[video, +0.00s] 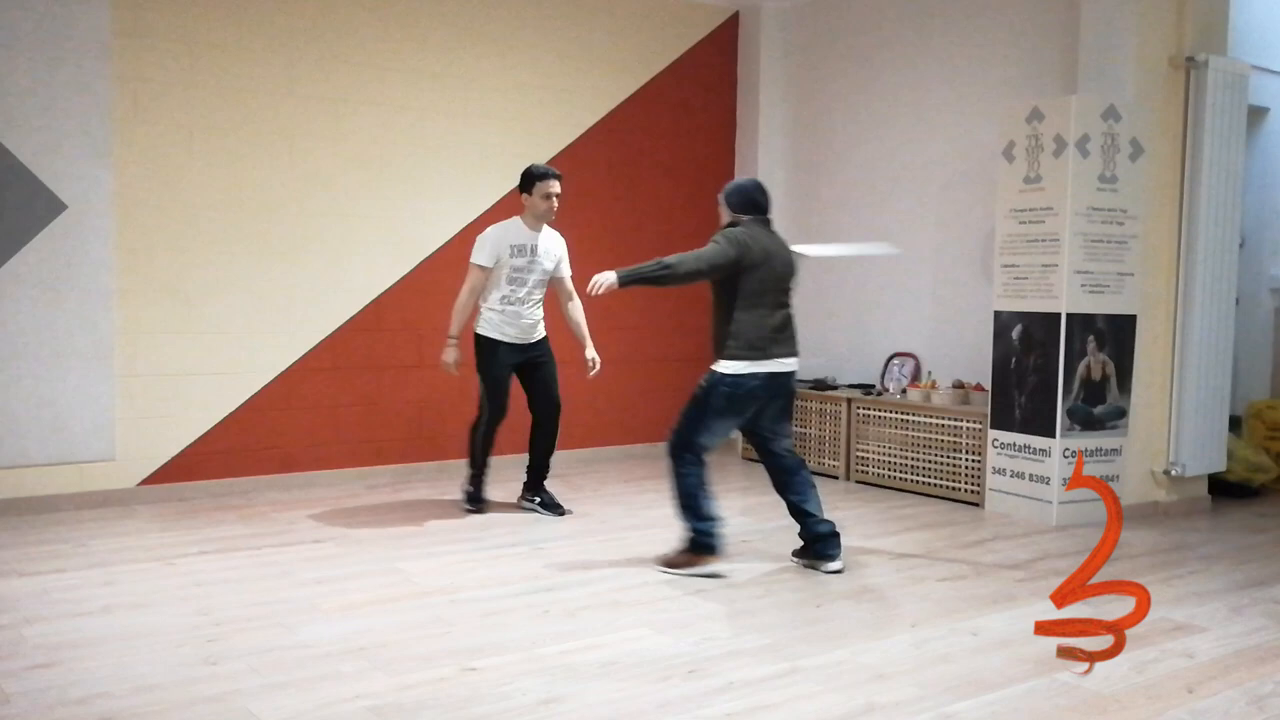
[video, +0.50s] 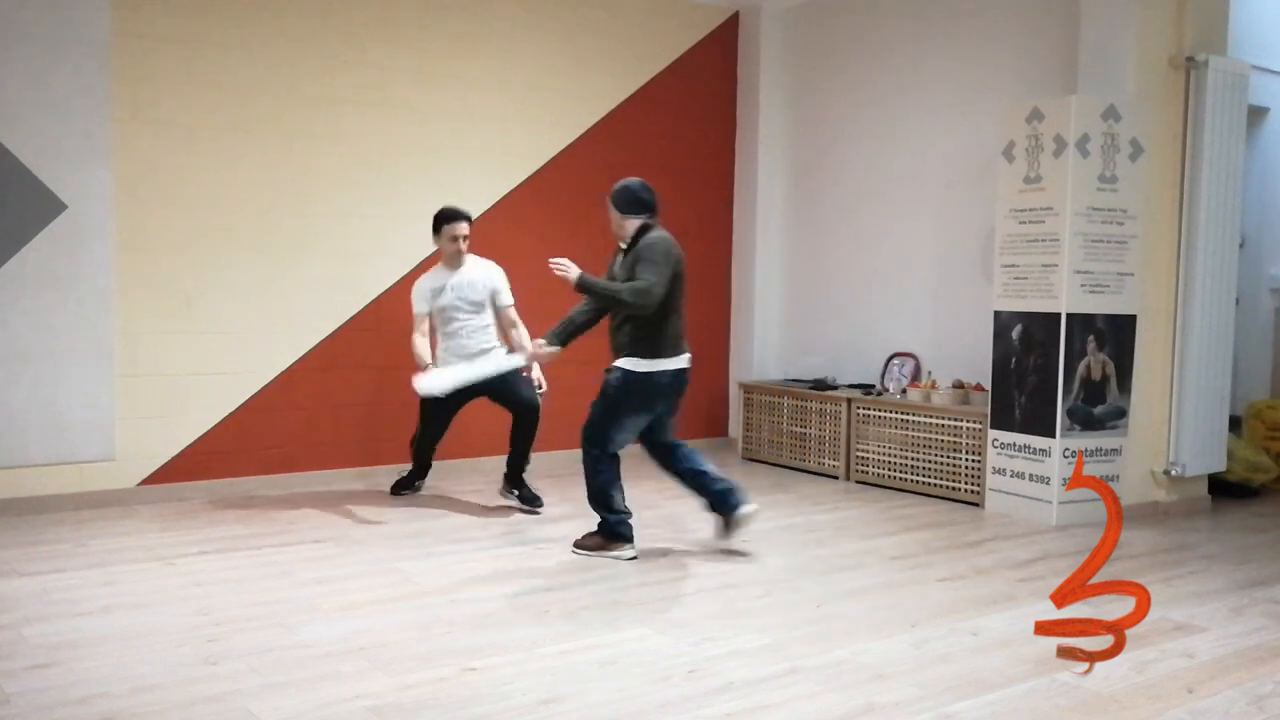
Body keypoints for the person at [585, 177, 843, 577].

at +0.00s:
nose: (719, 213)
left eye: (721, 207)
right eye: (720, 206)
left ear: (732, 209)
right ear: (761, 209)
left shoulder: (735, 241)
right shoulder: (780, 246)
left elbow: (688, 264)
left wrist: (621, 276)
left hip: (738, 372)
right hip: (781, 372)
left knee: (685, 446)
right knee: (779, 453)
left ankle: (702, 543)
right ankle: (823, 545)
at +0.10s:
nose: (719, 213)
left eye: (721, 207)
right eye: (720, 206)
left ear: (732, 209)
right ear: (761, 209)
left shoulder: (735, 241)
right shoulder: (780, 246)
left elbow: (688, 264)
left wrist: (621, 276)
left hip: (738, 372)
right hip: (781, 372)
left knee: (685, 446)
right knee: (779, 453)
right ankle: (823, 545)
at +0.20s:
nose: (694, 211)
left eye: (696, 205)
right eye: (695, 205)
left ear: (707, 209)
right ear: (734, 208)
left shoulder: (722, 240)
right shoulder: (744, 238)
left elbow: (687, 263)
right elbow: (721, 244)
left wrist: (625, 267)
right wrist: (692, 240)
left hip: (716, 374)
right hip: (754, 373)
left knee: (659, 440)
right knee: (773, 455)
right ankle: (821, 543)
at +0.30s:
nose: (665, 220)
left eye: (668, 212)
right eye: (666, 212)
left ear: (680, 213)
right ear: (704, 213)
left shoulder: (700, 245)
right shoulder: (707, 246)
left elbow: (682, 273)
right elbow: (652, 283)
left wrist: (615, 267)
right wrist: (600, 275)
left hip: (685, 377)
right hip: (720, 375)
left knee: (630, 443)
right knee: (752, 452)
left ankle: (615, 533)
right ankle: (811, 530)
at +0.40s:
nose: (635, 222)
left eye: (638, 214)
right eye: (636, 214)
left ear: (649, 216)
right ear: (671, 215)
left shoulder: (677, 248)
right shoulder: (658, 255)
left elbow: (667, 287)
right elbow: (608, 301)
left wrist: (603, 277)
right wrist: (546, 316)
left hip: (658, 376)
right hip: (690, 374)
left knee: (606, 441)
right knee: (708, 447)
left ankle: (614, 532)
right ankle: (781, 511)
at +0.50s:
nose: (609, 219)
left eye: (612, 212)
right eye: (609, 212)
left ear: (625, 213)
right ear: (641, 211)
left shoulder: (658, 245)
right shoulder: (628, 253)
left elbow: (645, 296)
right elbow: (599, 303)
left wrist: (583, 281)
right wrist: (555, 340)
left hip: (643, 371)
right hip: (664, 369)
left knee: (598, 440)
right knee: (658, 441)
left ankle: (614, 531)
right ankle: (727, 500)